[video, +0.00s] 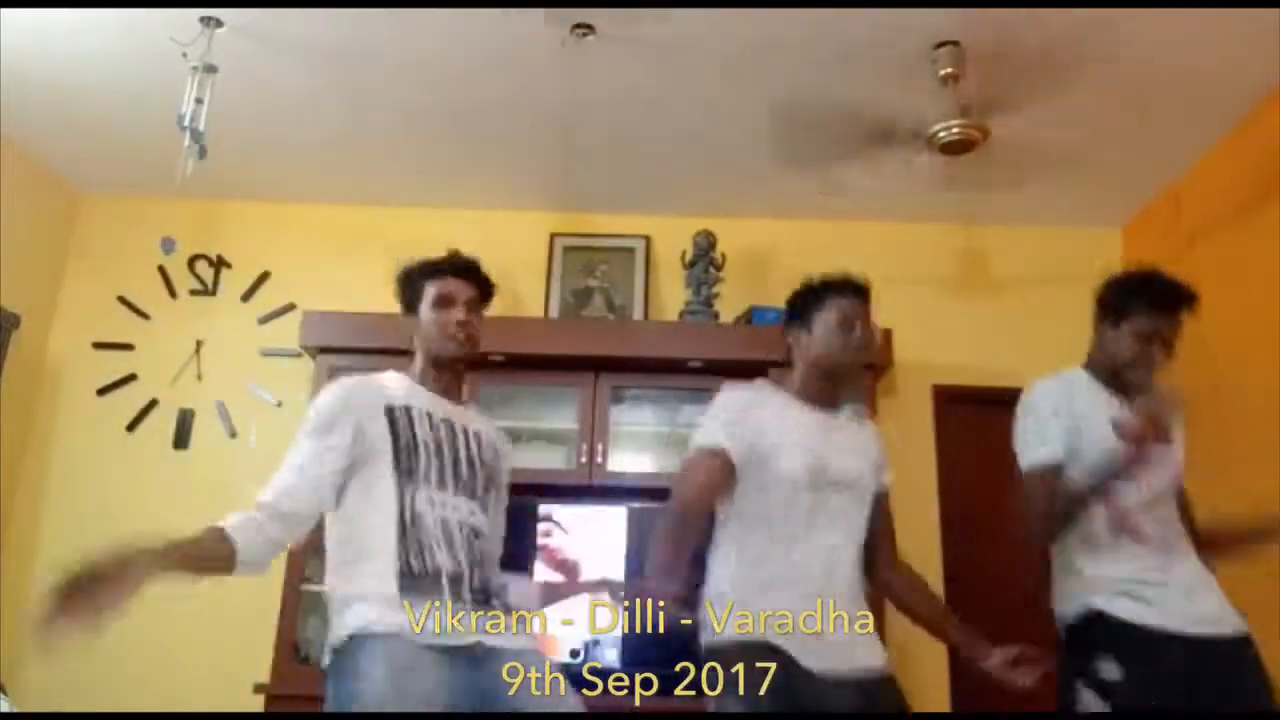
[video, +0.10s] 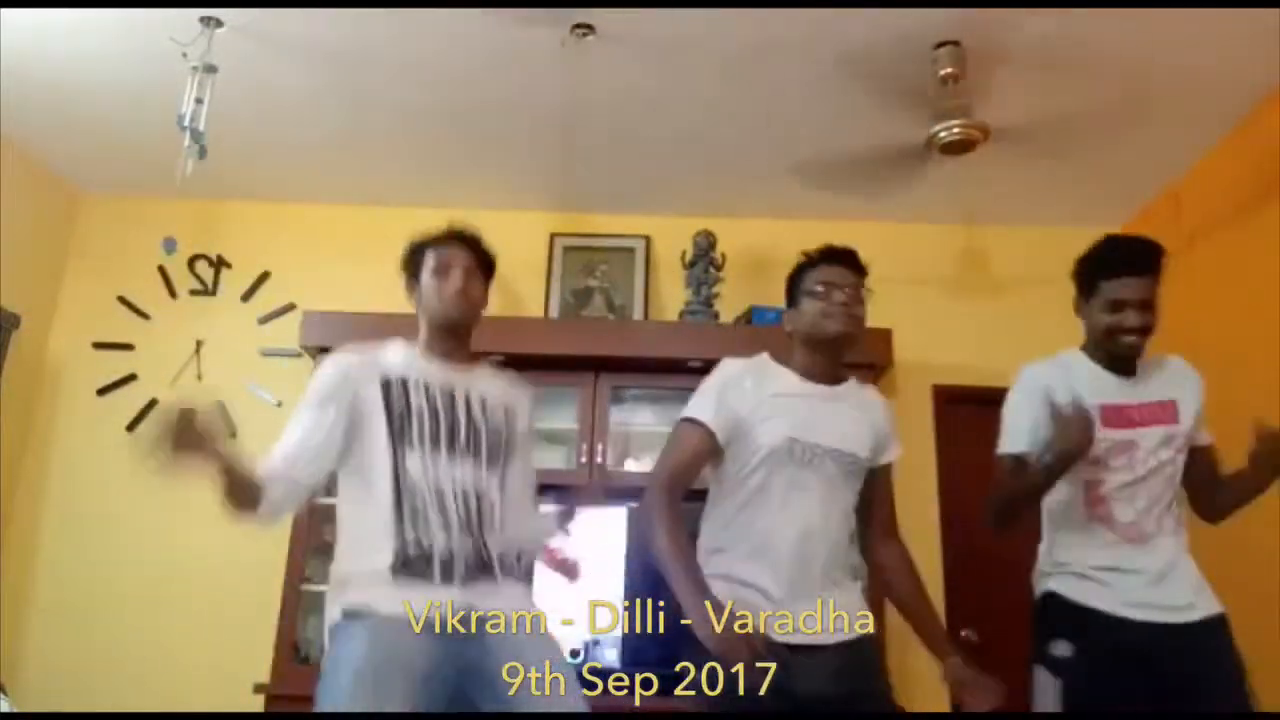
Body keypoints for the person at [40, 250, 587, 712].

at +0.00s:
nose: (464, 318)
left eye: (474, 308)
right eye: (447, 303)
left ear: (484, 325)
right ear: (413, 317)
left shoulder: (491, 442)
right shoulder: (357, 401)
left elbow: (490, 573)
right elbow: (271, 526)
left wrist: (537, 614)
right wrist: (148, 561)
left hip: (487, 642)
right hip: (391, 637)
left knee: (562, 700)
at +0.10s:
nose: (457, 283)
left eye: (471, 273)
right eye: (441, 271)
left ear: (485, 295)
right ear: (414, 288)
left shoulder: (510, 397)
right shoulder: (354, 372)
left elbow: (517, 522)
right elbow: (271, 494)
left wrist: (551, 541)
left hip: (501, 615)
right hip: (387, 615)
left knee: (559, 701)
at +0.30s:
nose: (444, 225)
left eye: (461, 218)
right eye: (431, 217)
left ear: (483, 243)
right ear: (410, 240)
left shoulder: (518, 335)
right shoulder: (347, 324)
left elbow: (557, 452)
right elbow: (292, 440)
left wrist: (493, 481)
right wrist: (359, 478)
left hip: (475, 571)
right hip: (361, 570)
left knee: (484, 705)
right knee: (296, 701)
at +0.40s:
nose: (431, 267)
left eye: (450, 258)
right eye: (423, 256)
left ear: (477, 281)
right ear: (409, 273)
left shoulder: (505, 377)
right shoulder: (343, 363)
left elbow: (542, 512)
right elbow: (305, 497)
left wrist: (454, 589)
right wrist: (360, 579)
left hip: (462, 610)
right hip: (355, 601)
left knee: (448, 704)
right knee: (284, 703)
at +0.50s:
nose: (408, 304)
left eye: (429, 300)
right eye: (408, 296)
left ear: (466, 330)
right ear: (397, 310)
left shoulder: (482, 425)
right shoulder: (334, 411)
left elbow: (511, 565)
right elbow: (291, 535)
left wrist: (398, 615)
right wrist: (327, 603)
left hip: (418, 672)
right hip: (317, 666)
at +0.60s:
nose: (398, 276)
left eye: (419, 273)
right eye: (405, 269)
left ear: (454, 305)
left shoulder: (457, 392)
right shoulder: (336, 377)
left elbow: (470, 535)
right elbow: (287, 478)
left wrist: (387, 528)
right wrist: (270, 517)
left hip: (372, 637)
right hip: (284, 625)